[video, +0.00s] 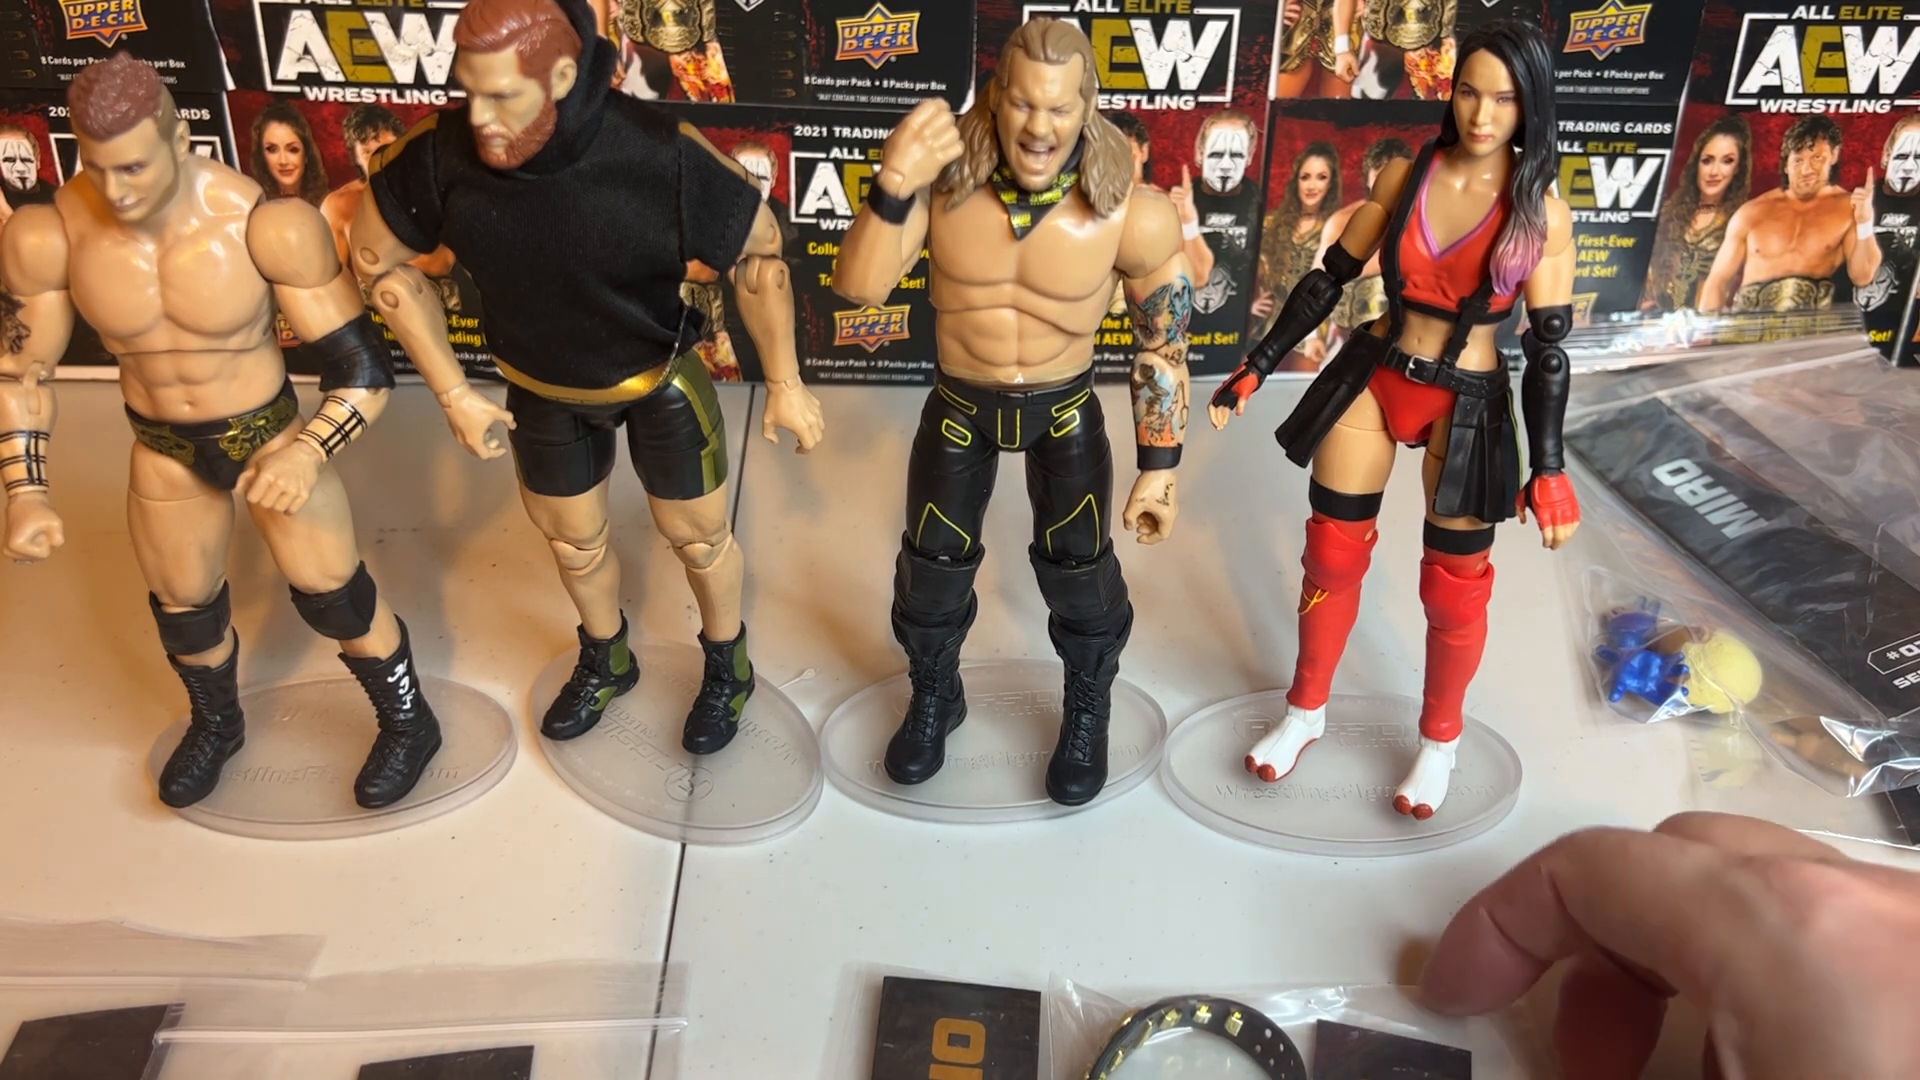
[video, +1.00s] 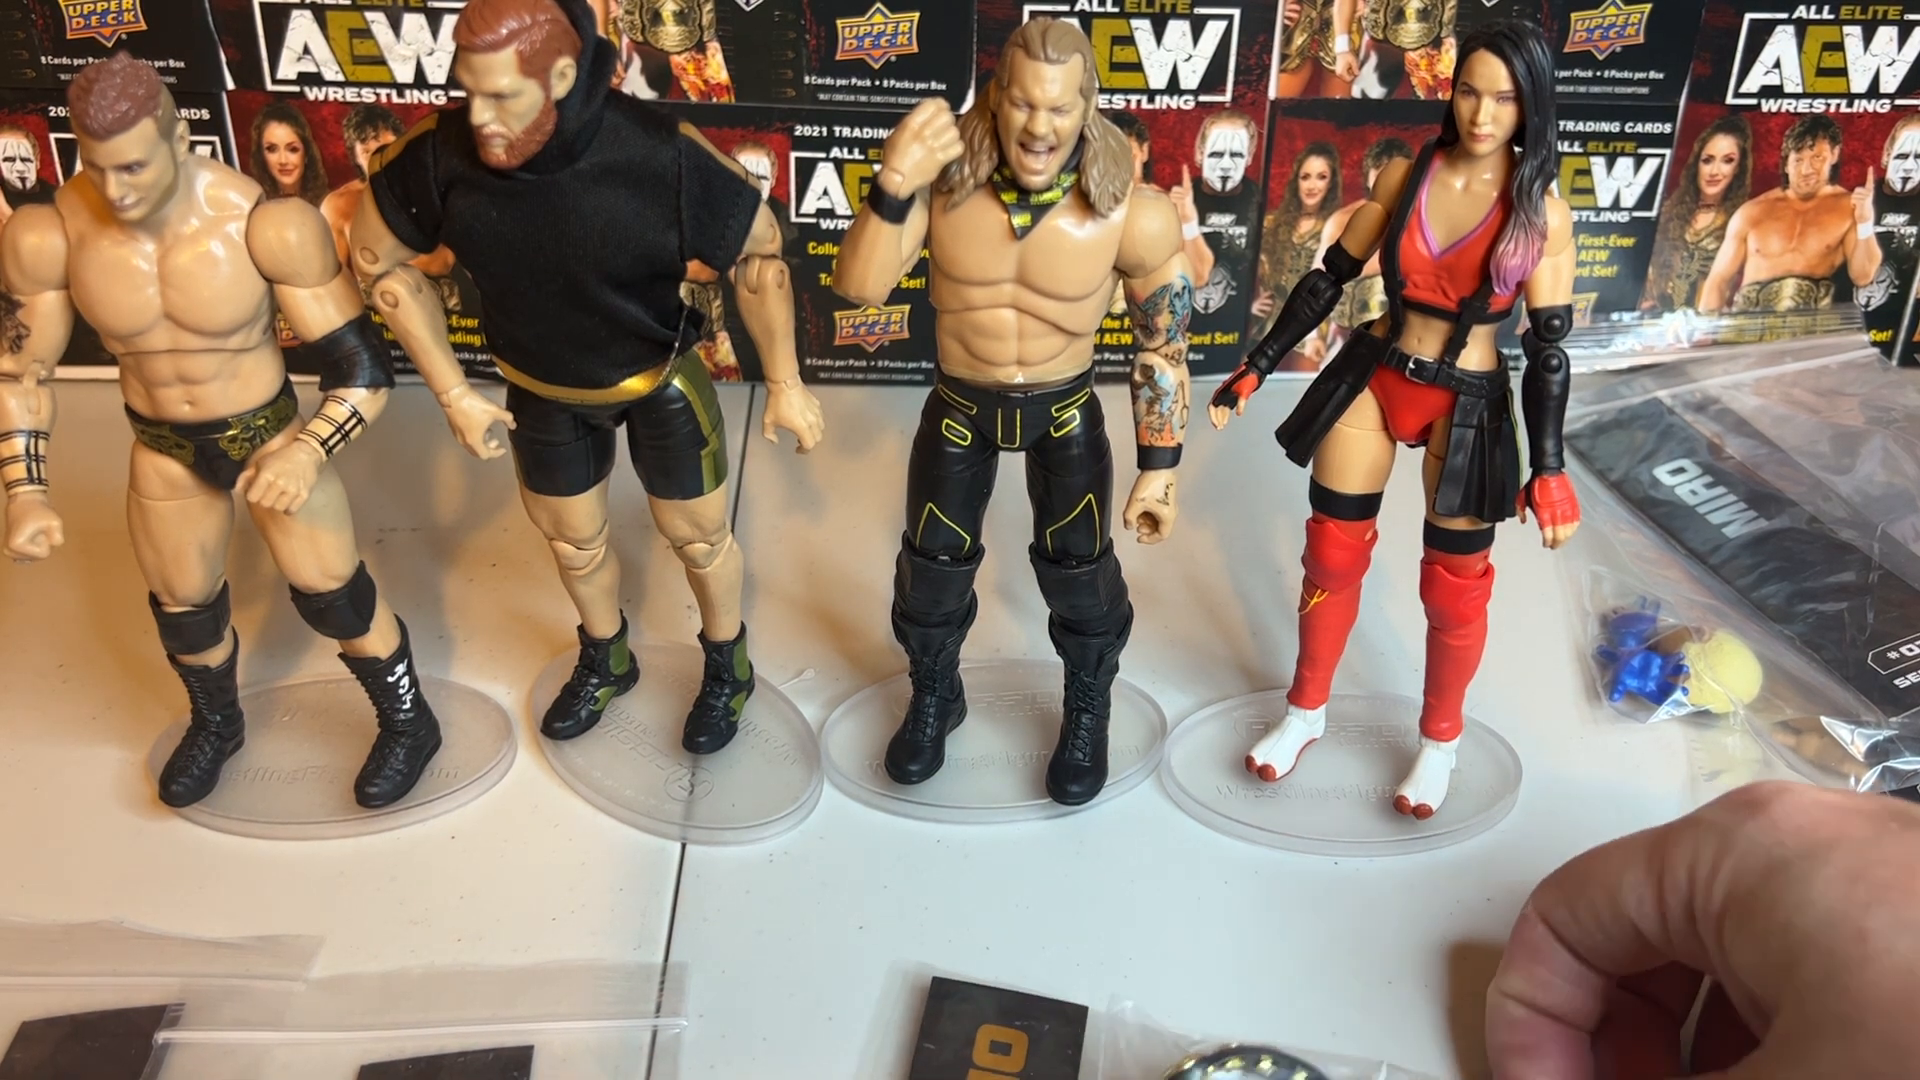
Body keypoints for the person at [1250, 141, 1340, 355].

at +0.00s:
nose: (1312, 185)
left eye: (1321, 177)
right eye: (1305, 177)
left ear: (1332, 183)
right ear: (1295, 181)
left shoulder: (1338, 229)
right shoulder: (1271, 225)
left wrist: (1322, 336)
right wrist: (1254, 303)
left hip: (1313, 335)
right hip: (1269, 329)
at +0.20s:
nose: (1312, 185)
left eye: (1321, 177)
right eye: (1305, 177)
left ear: (1332, 183)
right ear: (1295, 181)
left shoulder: (1338, 230)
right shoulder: (1270, 225)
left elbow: (1337, 288)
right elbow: (1252, 274)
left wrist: (1321, 336)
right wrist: (1253, 301)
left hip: (1312, 334)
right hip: (1268, 329)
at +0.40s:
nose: (1312, 185)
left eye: (1321, 177)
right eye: (1305, 177)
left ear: (1332, 183)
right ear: (1295, 181)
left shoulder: (1338, 229)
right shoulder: (1270, 224)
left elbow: (1338, 286)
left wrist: (1320, 335)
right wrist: (1252, 301)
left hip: (1311, 335)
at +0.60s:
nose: (1312, 185)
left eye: (1321, 177)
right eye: (1305, 176)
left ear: (1331, 182)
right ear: (1295, 180)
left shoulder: (1337, 228)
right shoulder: (1270, 224)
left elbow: (1333, 284)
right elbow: (1253, 273)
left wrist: (1320, 334)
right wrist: (1253, 300)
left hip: (1311, 333)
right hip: (1268, 327)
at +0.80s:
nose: (1312, 185)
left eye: (1321, 177)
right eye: (1305, 176)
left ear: (1331, 182)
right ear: (1295, 180)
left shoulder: (1337, 228)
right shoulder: (1270, 224)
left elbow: (1334, 283)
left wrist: (1321, 335)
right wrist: (1252, 302)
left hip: (1312, 332)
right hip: (1269, 326)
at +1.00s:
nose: (1312, 185)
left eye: (1322, 177)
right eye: (1305, 177)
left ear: (1332, 182)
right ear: (1295, 181)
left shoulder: (1337, 229)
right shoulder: (1271, 224)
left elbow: (1334, 284)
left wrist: (1321, 335)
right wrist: (1253, 302)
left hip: (1312, 332)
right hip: (1269, 327)